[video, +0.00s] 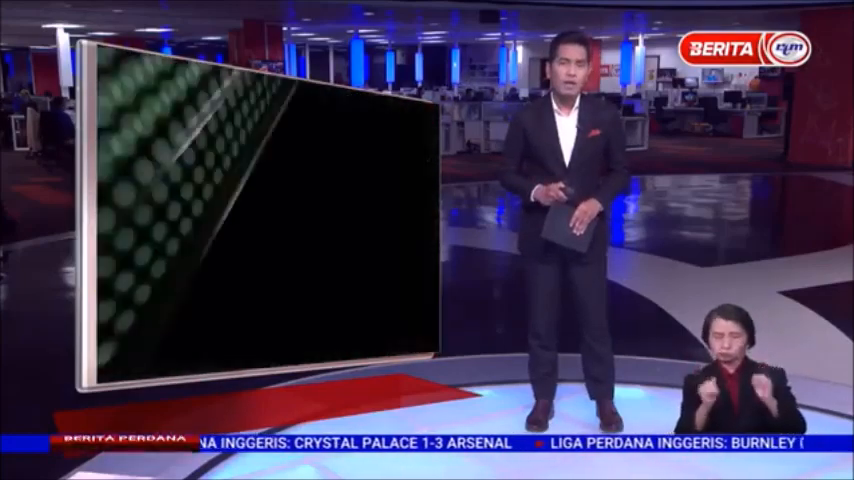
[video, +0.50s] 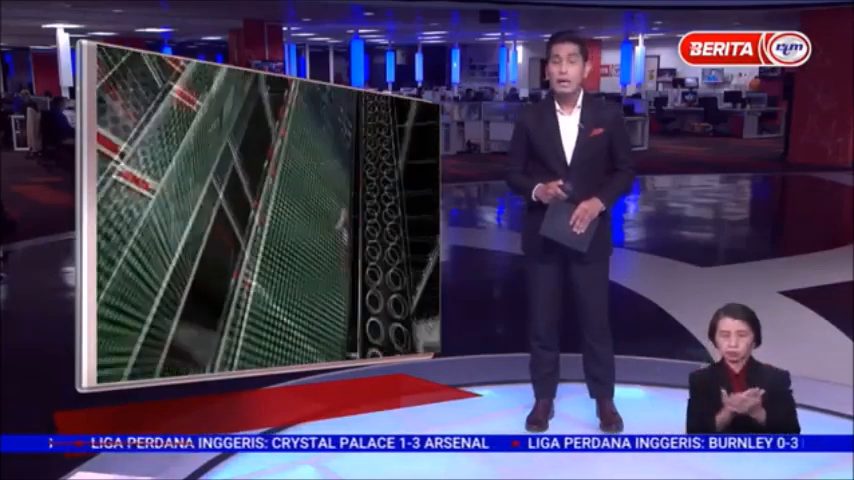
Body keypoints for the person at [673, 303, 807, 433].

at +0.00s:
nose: (726, 344)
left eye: (735, 336)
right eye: (718, 337)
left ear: (748, 340)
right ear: (708, 341)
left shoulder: (773, 377)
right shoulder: (696, 382)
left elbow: (798, 429)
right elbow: (682, 437)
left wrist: (769, 401)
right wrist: (704, 408)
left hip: (765, 463)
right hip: (713, 464)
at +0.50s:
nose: (733, 343)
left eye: (742, 335)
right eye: (725, 335)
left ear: (755, 340)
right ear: (714, 340)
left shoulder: (776, 379)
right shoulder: (701, 380)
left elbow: (791, 432)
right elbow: (695, 434)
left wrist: (757, 413)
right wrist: (728, 411)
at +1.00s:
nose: (737, 344)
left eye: (745, 336)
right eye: (729, 336)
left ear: (758, 340)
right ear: (719, 340)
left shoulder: (779, 379)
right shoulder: (702, 379)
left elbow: (801, 430)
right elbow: (680, 433)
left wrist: (772, 422)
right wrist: (701, 414)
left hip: (767, 465)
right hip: (712, 464)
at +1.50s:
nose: (735, 350)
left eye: (743, 341)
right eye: (728, 341)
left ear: (757, 343)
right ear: (718, 343)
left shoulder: (777, 379)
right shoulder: (704, 377)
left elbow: (789, 430)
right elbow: (685, 421)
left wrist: (770, 421)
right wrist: (712, 386)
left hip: (762, 462)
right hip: (714, 460)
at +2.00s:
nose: (738, 342)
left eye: (746, 334)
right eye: (729, 335)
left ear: (759, 338)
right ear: (719, 341)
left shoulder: (779, 380)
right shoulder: (704, 378)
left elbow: (794, 435)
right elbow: (683, 430)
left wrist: (764, 424)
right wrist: (717, 416)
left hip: (766, 464)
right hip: (714, 462)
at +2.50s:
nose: (746, 343)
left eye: (754, 334)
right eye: (737, 335)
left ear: (765, 339)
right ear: (726, 341)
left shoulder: (783, 380)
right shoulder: (710, 376)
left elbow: (801, 429)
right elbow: (677, 422)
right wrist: (697, 394)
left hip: (770, 465)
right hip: (717, 463)